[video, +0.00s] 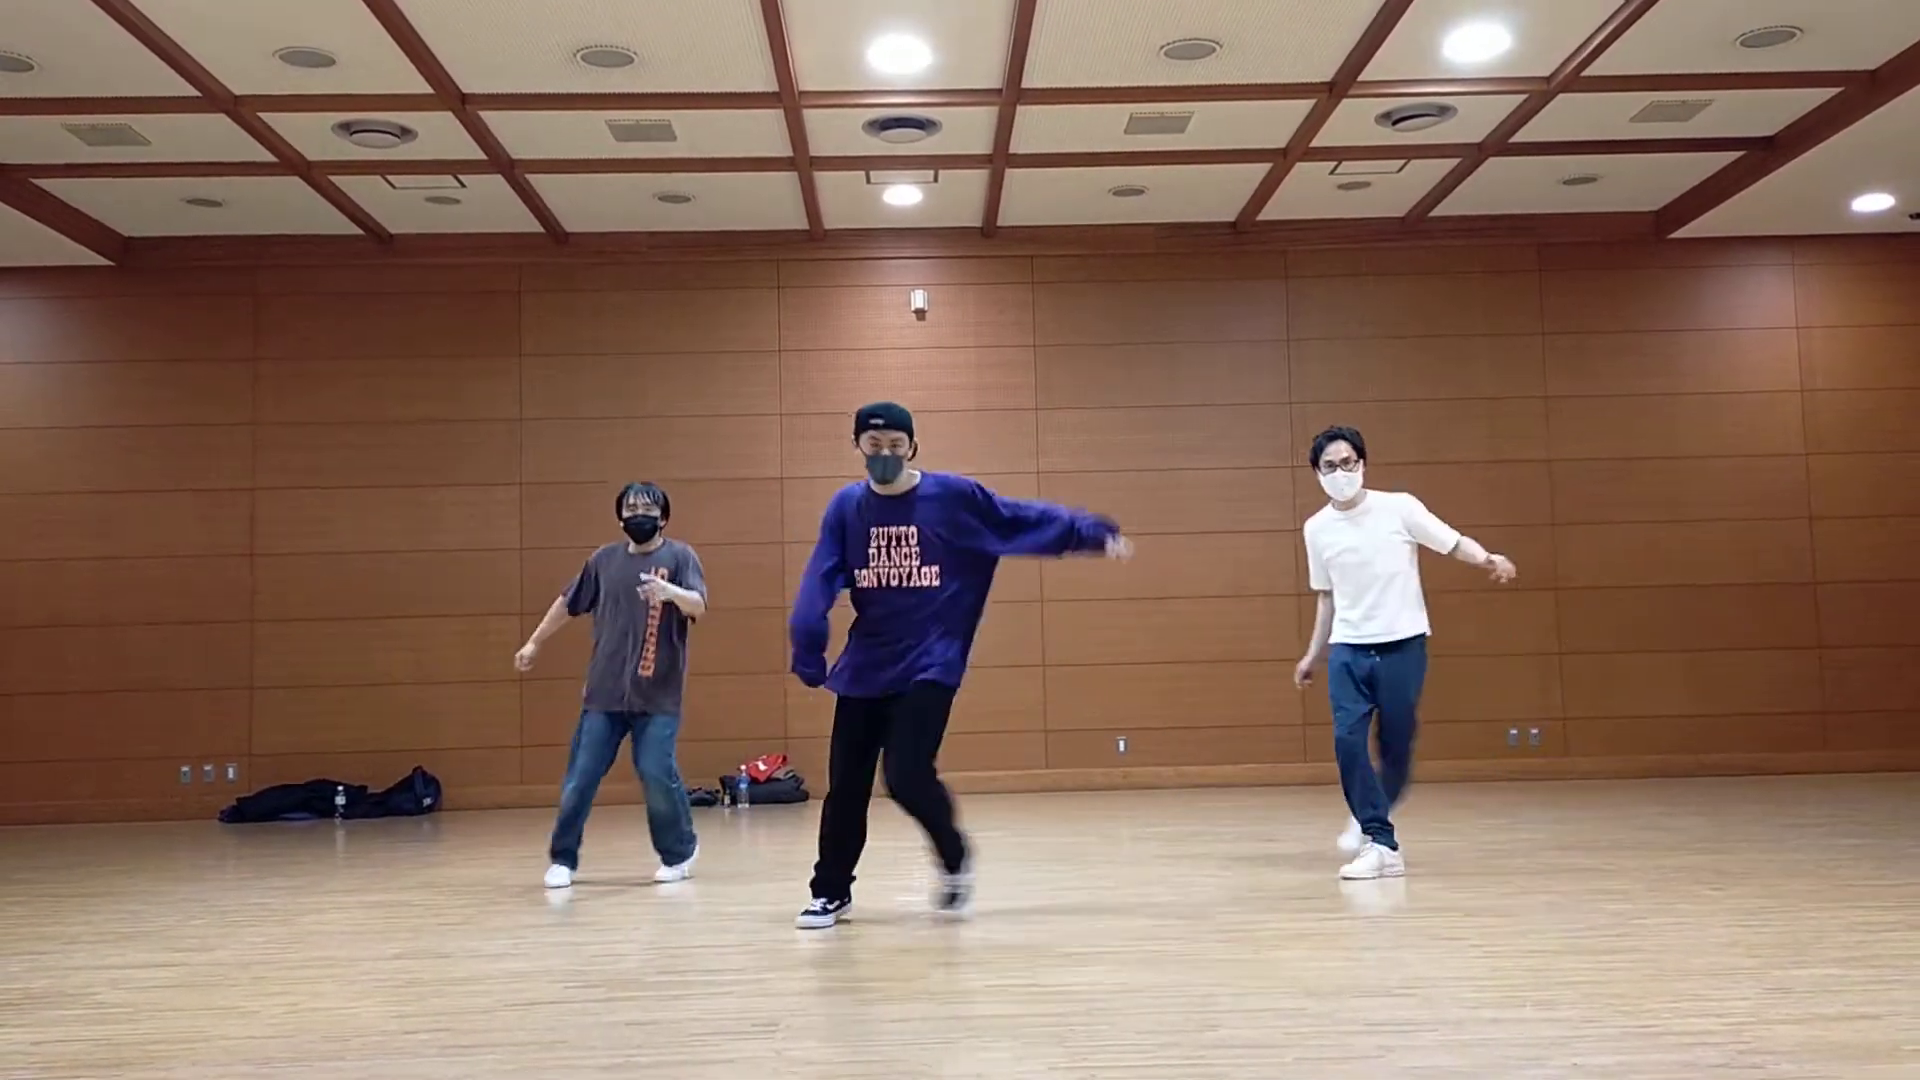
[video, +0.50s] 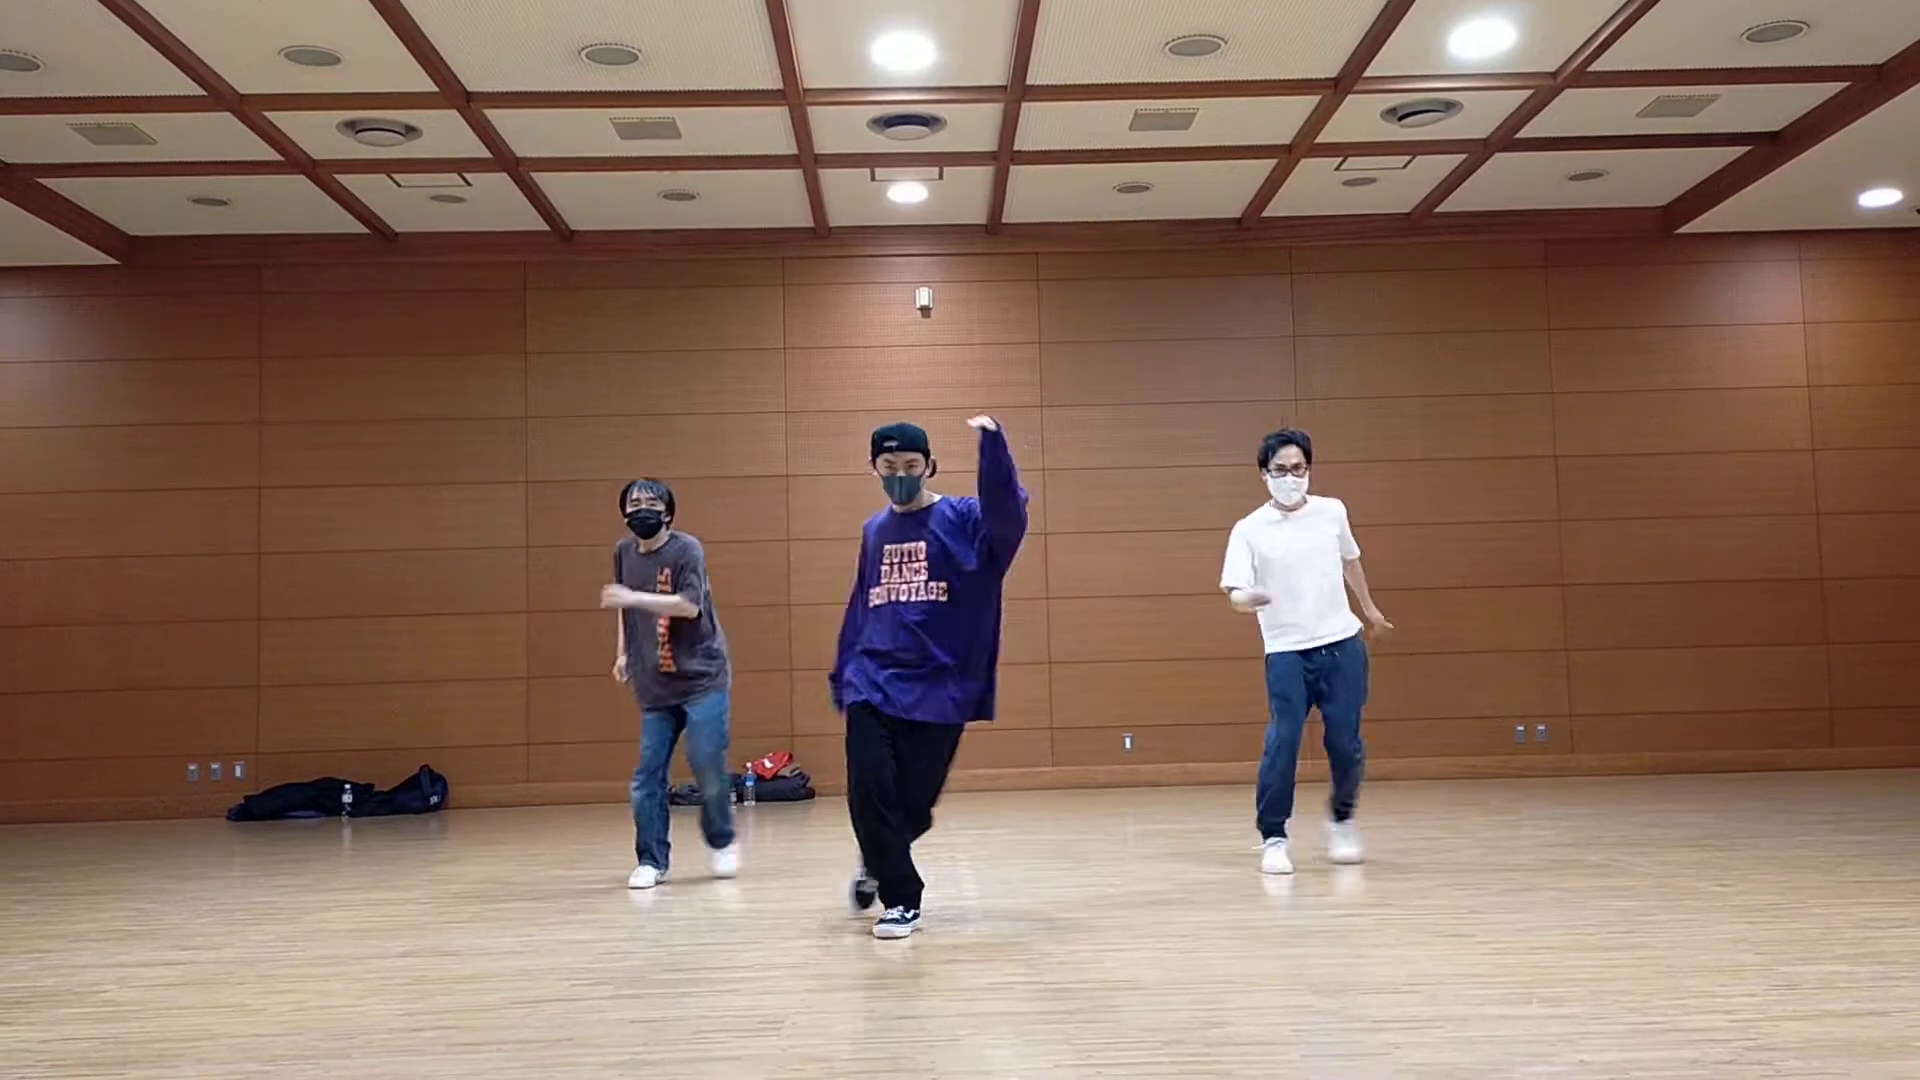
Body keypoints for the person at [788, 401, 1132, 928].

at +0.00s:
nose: (884, 451)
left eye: (894, 443)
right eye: (874, 442)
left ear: (911, 448)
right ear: (859, 447)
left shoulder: (951, 497)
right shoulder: (848, 508)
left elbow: (1020, 520)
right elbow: (819, 581)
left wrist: (1088, 530)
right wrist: (807, 646)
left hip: (933, 656)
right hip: (869, 658)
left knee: (905, 774)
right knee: (847, 783)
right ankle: (831, 892)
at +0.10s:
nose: (874, 443)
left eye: (884, 434)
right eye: (864, 434)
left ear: (902, 438)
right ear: (851, 440)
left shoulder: (947, 485)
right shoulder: (841, 505)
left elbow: (1018, 494)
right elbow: (807, 575)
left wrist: (1084, 477)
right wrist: (806, 636)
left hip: (930, 650)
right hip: (864, 649)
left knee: (891, 770)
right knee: (850, 766)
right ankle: (825, 882)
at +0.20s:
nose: (875, 450)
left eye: (885, 442)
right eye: (866, 443)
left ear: (904, 446)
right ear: (853, 449)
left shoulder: (948, 496)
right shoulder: (844, 508)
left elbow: (1012, 506)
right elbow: (826, 577)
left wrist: (1063, 469)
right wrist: (837, 637)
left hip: (921, 661)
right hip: (854, 658)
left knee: (886, 777)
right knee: (843, 763)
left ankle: (855, 874)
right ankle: (848, 880)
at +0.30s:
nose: (882, 470)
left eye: (892, 461)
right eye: (872, 462)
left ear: (911, 462)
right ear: (858, 466)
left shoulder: (951, 518)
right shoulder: (852, 516)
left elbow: (1016, 538)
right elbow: (847, 586)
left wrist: (1048, 482)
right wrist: (848, 642)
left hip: (920, 674)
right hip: (853, 664)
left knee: (881, 784)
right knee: (854, 777)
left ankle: (851, 878)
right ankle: (889, 893)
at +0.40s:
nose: (889, 474)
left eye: (899, 466)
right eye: (879, 466)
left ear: (918, 470)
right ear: (867, 473)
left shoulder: (955, 524)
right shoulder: (862, 531)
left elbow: (1009, 546)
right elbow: (864, 602)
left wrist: (1019, 484)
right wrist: (858, 656)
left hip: (927, 685)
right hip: (860, 675)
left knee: (890, 796)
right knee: (865, 784)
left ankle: (851, 876)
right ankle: (900, 898)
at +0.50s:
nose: (901, 475)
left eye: (911, 465)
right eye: (890, 466)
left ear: (929, 468)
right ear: (876, 471)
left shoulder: (964, 518)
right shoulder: (877, 531)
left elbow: (1006, 517)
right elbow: (860, 607)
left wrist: (993, 446)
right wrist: (845, 673)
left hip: (942, 685)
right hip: (876, 679)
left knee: (915, 803)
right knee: (868, 788)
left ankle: (875, 863)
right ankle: (900, 900)